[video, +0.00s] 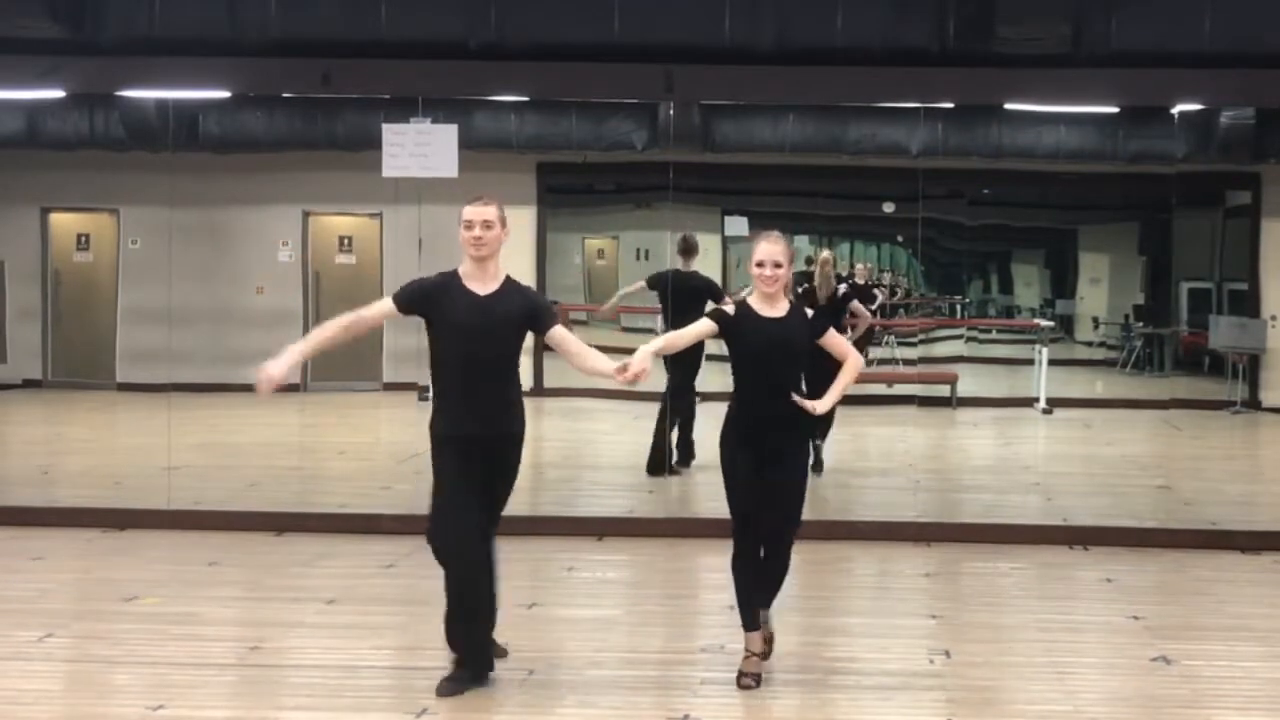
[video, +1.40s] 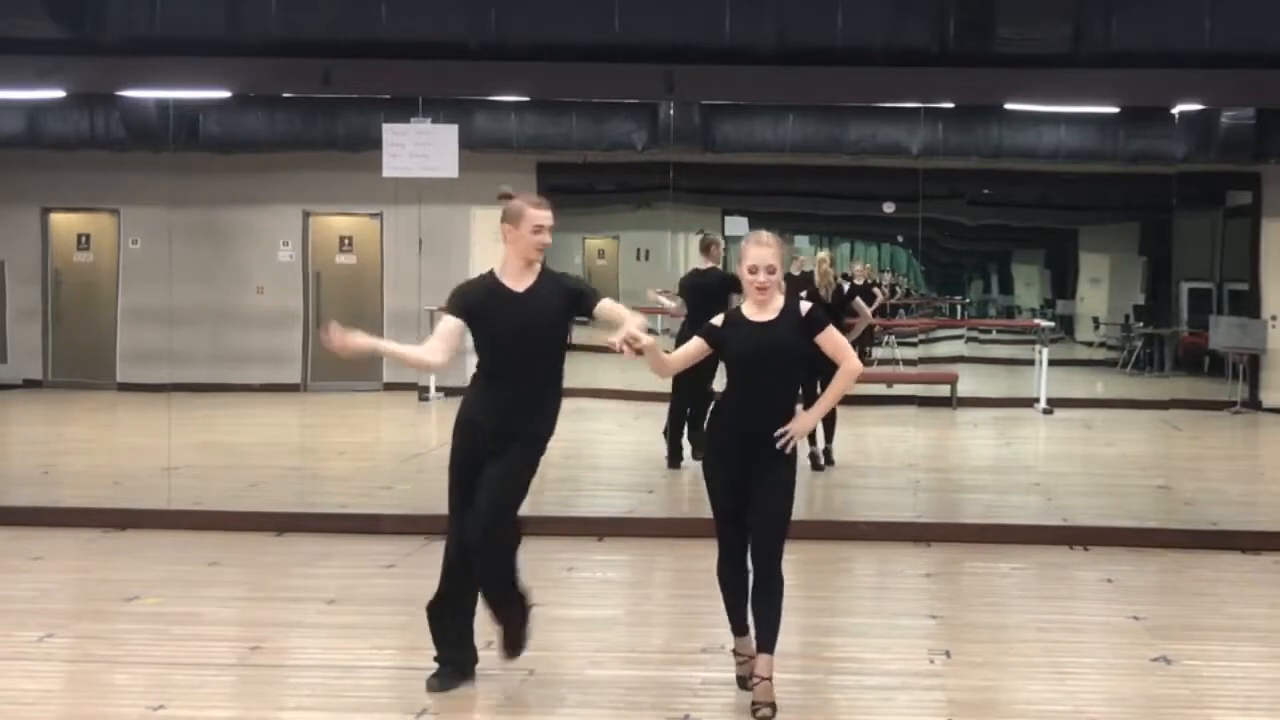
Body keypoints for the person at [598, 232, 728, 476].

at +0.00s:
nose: (688, 256)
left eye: (683, 253)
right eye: (692, 252)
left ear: (677, 253)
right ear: (697, 254)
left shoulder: (664, 278)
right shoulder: (704, 283)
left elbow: (628, 290)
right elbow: (730, 308)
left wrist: (609, 306)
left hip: (669, 345)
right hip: (693, 346)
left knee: (683, 394)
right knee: (678, 394)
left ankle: (685, 450)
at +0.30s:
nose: (690, 256)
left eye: (686, 252)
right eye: (695, 251)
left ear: (681, 253)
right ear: (701, 253)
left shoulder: (670, 281)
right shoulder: (713, 281)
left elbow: (635, 289)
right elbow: (736, 310)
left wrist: (605, 279)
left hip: (668, 351)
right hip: (696, 351)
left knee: (675, 401)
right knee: (699, 401)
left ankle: (688, 455)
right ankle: (678, 440)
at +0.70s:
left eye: (690, 253)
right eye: (701, 253)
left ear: (684, 254)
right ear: (704, 255)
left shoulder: (673, 276)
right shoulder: (711, 286)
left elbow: (634, 274)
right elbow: (727, 314)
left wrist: (597, 273)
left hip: (682, 350)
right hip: (707, 350)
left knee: (685, 398)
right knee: (703, 398)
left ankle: (685, 445)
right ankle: (696, 448)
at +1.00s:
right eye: (705, 254)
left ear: (687, 254)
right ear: (706, 256)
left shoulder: (676, 271)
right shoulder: (713, 284)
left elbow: (640, 254)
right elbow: (733, 313)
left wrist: (616, 243)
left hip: (681, 351)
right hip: (707, 352)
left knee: (682, 398)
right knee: (703, 399)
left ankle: (677, 446)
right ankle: (696, 449)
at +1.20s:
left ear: (690, 253)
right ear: (711, 253)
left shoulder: (680, 277)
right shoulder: (721, 281)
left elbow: (646, 274)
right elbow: (742, 306)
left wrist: (644, 248)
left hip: (678, 341)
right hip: (704, 343)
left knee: (672, 396)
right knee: (696, 395)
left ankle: (673, 452)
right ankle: (695, 447)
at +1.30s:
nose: (710, 254)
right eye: (713, 251)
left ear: (695, 251)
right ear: (714, 252)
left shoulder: (682, 277)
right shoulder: (723, 280)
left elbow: (658, 290)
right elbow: (743, 303)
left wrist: (641, 271)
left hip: (678, 343)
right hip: (706, 344)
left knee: (675, 397)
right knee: (700, 396)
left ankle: (673, 453)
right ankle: (692, 451)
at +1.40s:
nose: (722, 253)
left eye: (721, 249)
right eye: (721, 249)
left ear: (701, 251)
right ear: (715, 251)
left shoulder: (687, 279)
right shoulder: (724, 279)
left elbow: (680, 307)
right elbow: (752, 287)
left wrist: (661, 299)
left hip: (685, 339)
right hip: (711, 341)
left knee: (679, 397)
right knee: (701, 393)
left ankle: (673, 454)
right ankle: (698, 445)